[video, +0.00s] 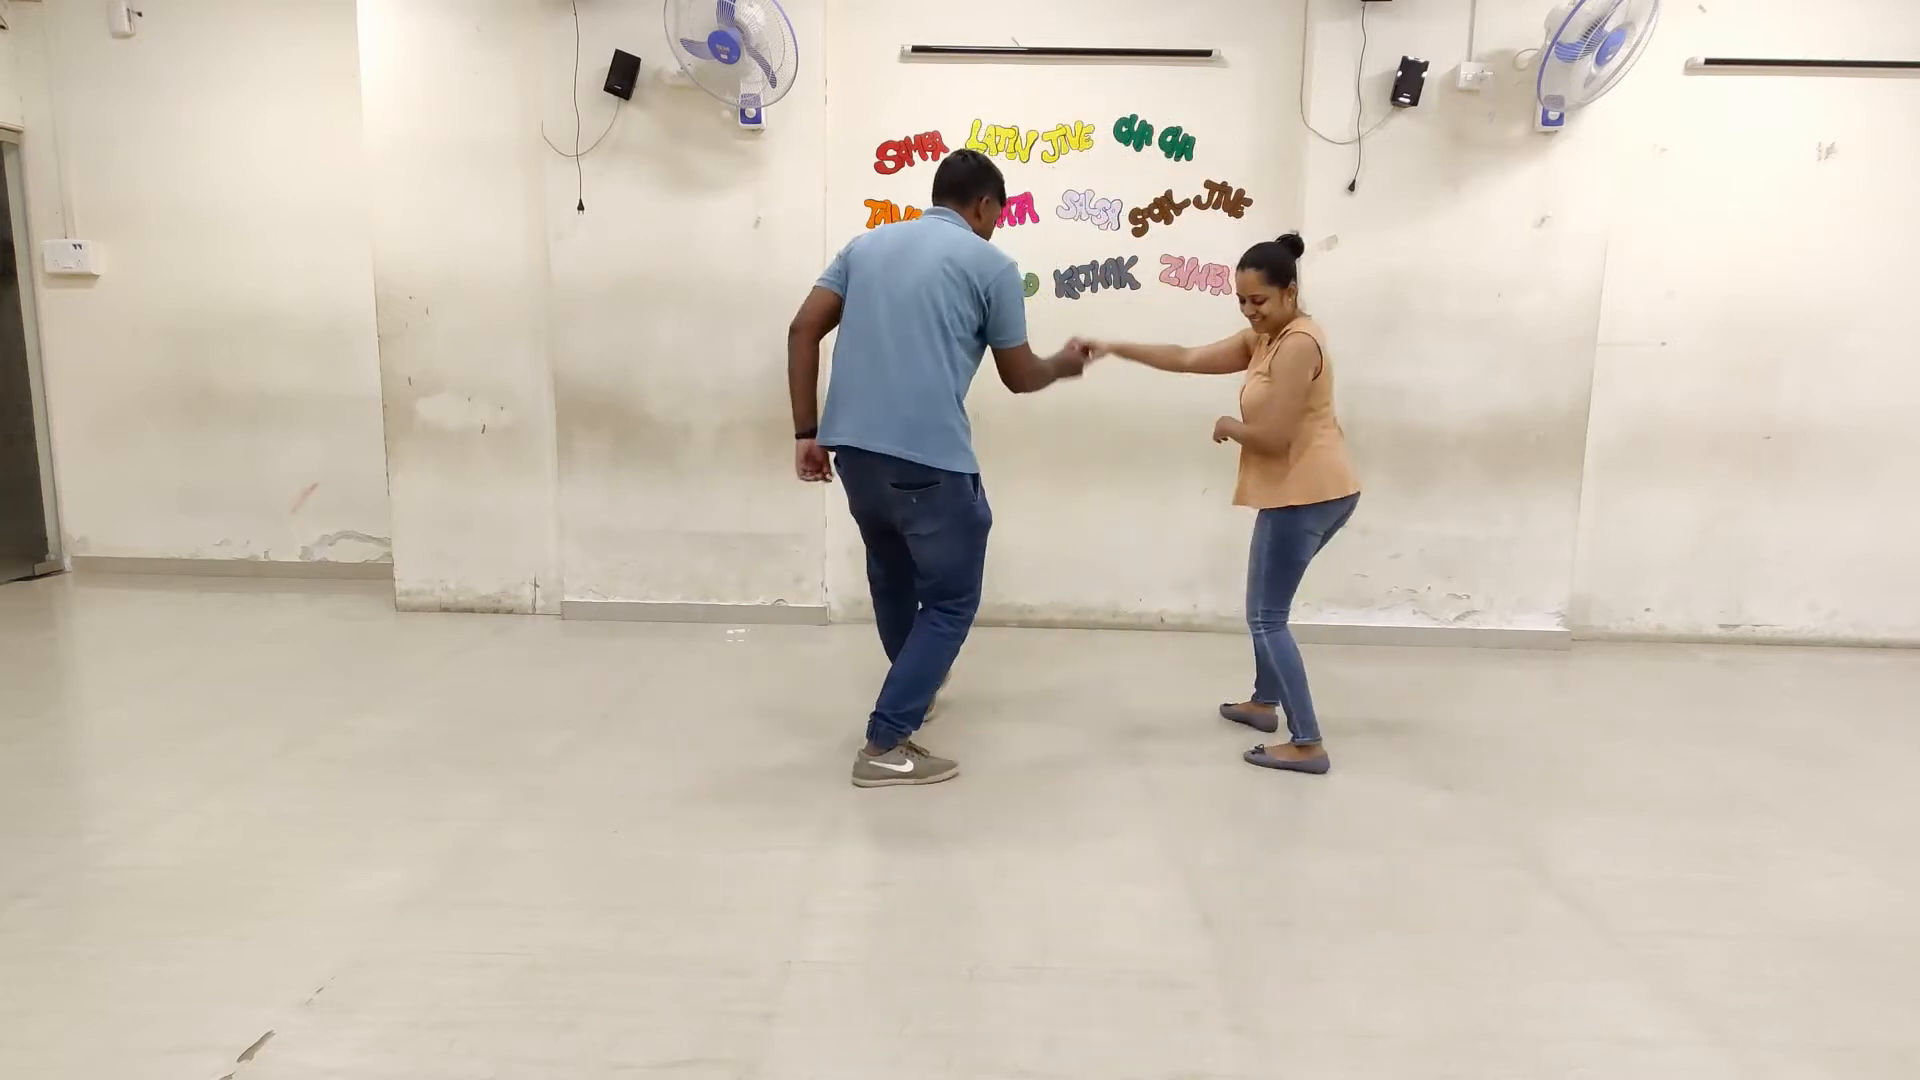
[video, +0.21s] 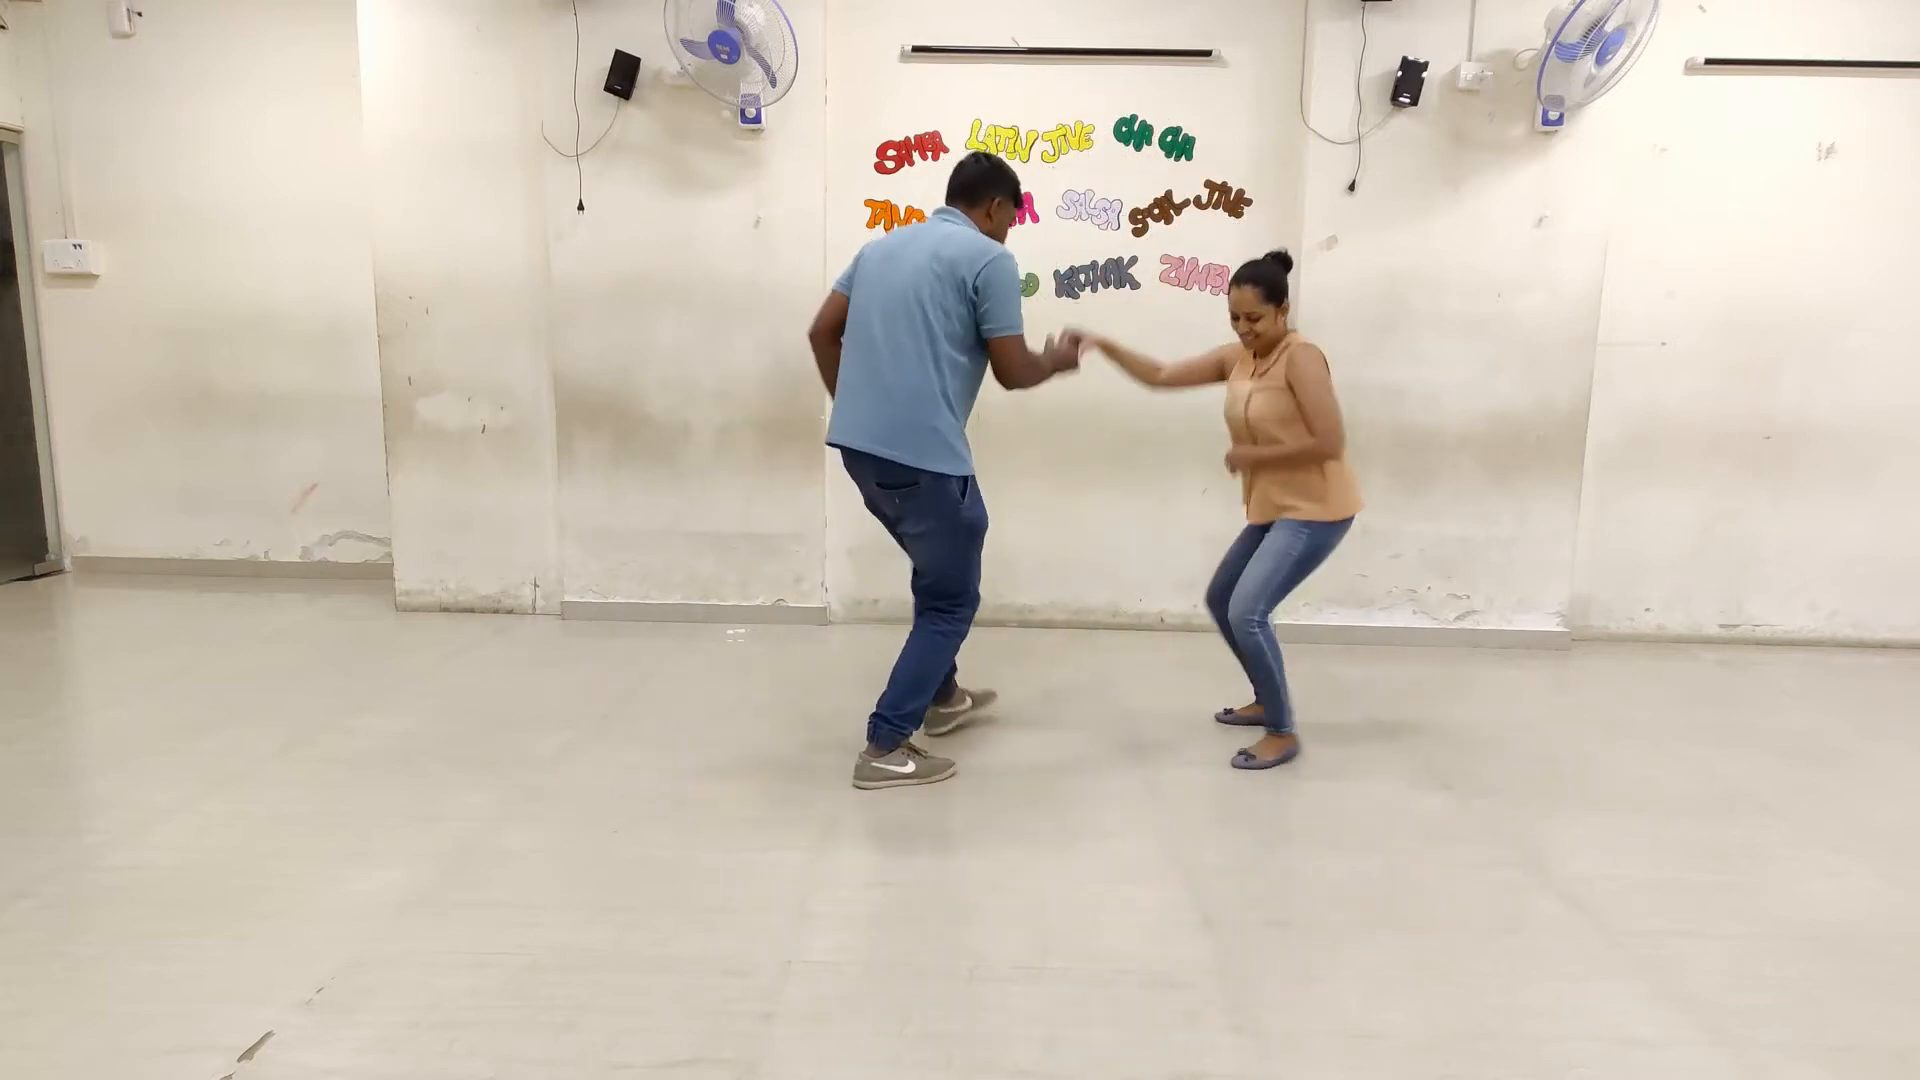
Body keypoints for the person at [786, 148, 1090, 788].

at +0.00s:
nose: (998, 225)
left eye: (999, 215)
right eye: (999, 214)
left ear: (935, 197)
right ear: (983, 204)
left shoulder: (866, 245)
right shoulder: (989, 266)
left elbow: (804, 329)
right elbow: (1020, 376)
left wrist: (806, 432)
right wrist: (1064, 364)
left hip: (852, 444)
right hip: (928, 454)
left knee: (889, 563)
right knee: (949, 604)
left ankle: (913, 681)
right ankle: (884, 746)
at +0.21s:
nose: (1008, 232)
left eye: (1010, 220)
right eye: (1011, 219)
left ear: (952, 199)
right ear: (994, 205)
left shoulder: (881, 246)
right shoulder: (988, 260)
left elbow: (824, 332)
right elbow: (1014, 372)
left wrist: (853, 405)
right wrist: (1059, 359)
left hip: (858, 440)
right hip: (924, 451)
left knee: (939, 567)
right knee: (948, 603)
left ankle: (938, 693)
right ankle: (885, 747)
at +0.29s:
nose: (1020, 252)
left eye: (1024, 238)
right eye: (1021, 236)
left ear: (968, 217)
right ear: (1000, 221)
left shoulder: (903, 263)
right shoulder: (981, 277)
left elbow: (850, 356)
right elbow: (990, 383)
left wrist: (907, 401)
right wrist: (1045, 434)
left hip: (870, 453)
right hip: (922, 459)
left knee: (952, 579)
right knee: (965, 607)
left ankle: (935, 700)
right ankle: (887, 746)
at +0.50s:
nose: (1054, 258)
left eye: (1059, 245)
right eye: (1054, 242)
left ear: (1018, 226)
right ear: (1025, 224)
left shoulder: (972, 266)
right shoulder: (971, 268)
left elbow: (925, 371)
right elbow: (975, 368)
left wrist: (964, 444)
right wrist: (1071, 405)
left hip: (920, 438)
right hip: (903, 438)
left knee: (991, 564)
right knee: (984, 574)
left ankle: (932, 696)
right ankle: (963, 744)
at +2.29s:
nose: (1038, 169)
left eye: (1035, 160)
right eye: (1025, 161)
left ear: (1003, 176)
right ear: (986, 174)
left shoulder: (995, 244)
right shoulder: (966, 244)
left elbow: (985, 340)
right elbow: (994, 347)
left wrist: (1025, 372)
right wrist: (1088, 385)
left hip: (977, 431)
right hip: (942, 430)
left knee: (1023, 564)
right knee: (1000, 565)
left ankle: (974, 705)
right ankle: (984, 724)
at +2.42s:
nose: (1003, 172)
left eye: (1000, 162)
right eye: (987, 165)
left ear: (967, 183)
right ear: (952, 184)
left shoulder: (968, 248)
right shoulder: (945, 251)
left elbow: (974, 335)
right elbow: (1013, 340)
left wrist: (1011, 357)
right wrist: (1107, 372)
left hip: (971, 441)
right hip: (926, 442)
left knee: (1017, 566)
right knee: (967, 575)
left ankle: (974, 703)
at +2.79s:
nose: (941, 173)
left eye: (937, 163)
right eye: (928, 165)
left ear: (901, 181)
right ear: (894, 179)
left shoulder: (896, 233)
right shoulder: (889, 244)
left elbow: (932, 264)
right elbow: (970, 327)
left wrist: (964, 273)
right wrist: (1070, 350)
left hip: (890, 438)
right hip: (851, 442)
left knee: (938, 560)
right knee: (871, 578)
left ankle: (995, 691)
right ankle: (822, 692)